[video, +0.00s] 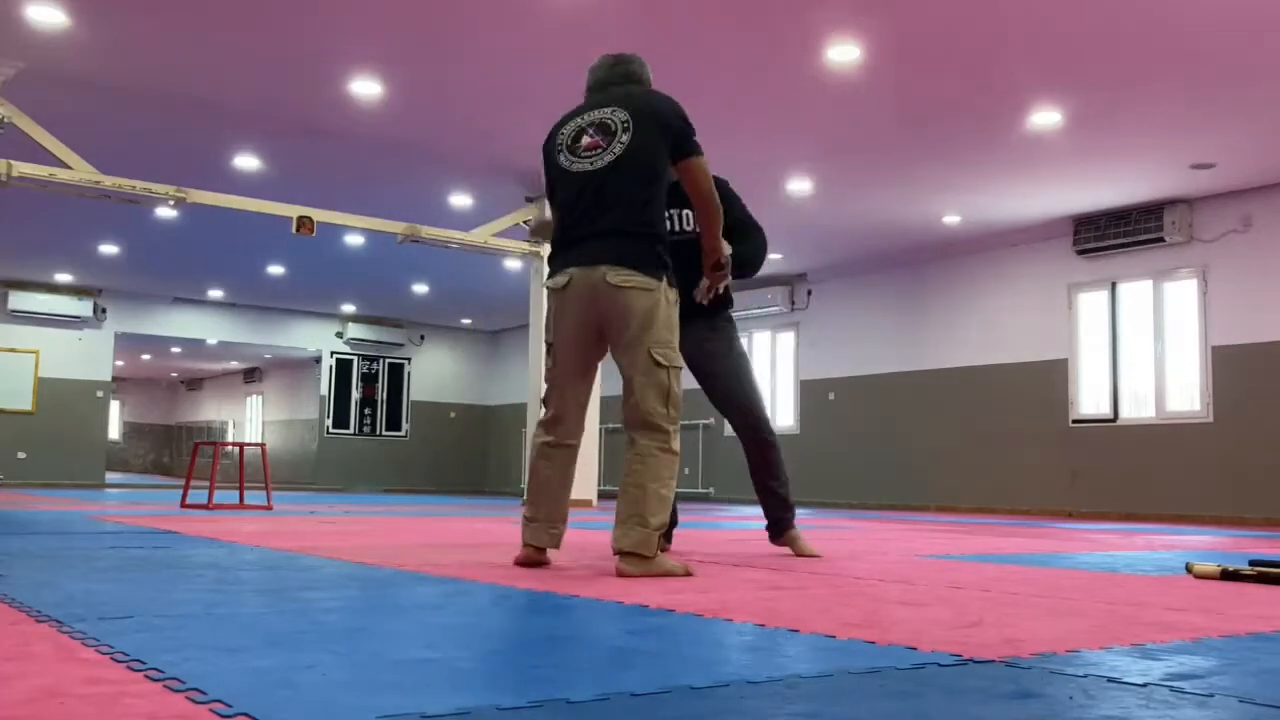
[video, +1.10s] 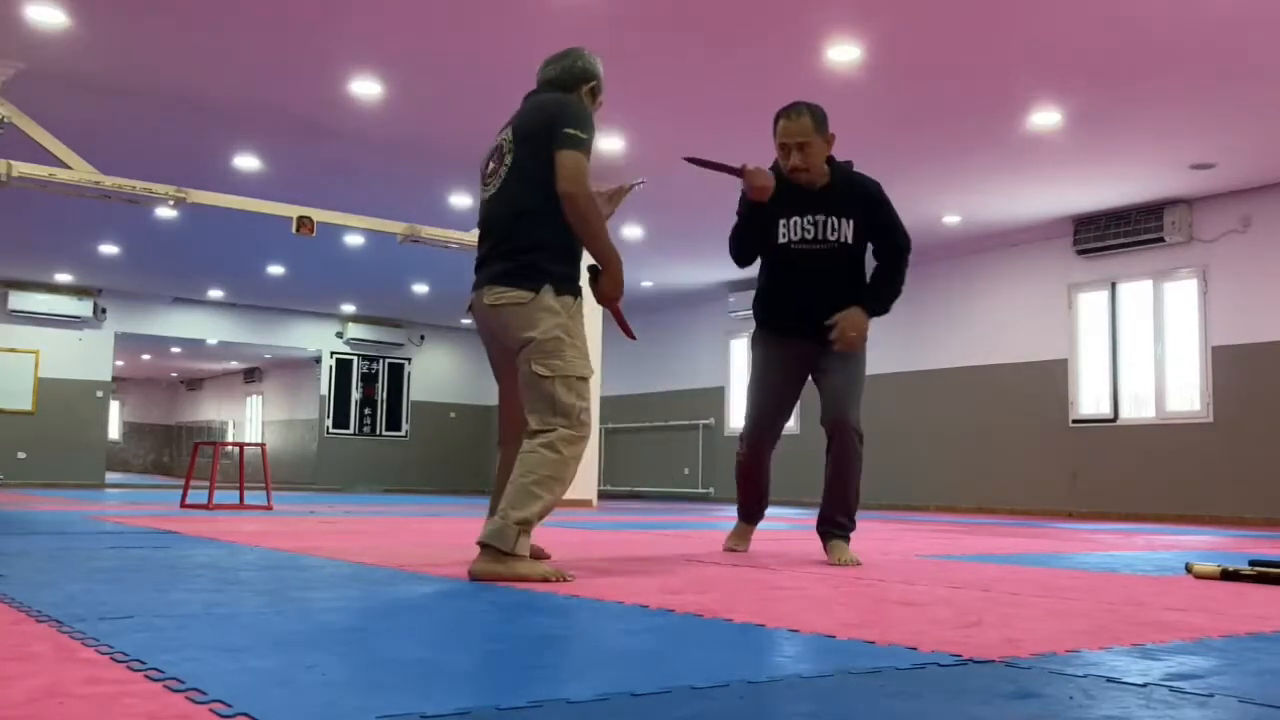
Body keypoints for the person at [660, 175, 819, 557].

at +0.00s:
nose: (669, 158)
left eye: (675, 149)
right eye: (661, 151)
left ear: (684, 151)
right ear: (645, 153)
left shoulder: (708, 189)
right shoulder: (630, 197)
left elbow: (753, 243)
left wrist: (723, 269)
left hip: (706, 318)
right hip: (649, 321)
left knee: (753, 422)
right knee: (651, 425)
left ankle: (783, 526)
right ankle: (656, 534)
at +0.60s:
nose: (705, 150)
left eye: (715, 140)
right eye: (696, 143)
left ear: (736, 142)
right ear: (686, 148)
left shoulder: (761, 186)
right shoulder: (674, 203)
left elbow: (772, 246)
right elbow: (656, 264)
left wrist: (740, 209)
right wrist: (652, 322)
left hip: (761, 334)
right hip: (700, 338)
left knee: (796, 424)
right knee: (667, 434)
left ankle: (834, 531)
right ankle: (661, 530)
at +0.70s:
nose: (724, 152)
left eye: (734, 140)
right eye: (715, 143)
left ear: (758, 137)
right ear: (707, 145)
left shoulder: (785, 177)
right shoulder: (714, 189)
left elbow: (771, 246)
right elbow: (710, 247)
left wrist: (706, 244)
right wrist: (697, 283)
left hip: (794, 327)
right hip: (736, 330)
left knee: (815, 422)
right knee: (701, 429)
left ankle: (840, 536)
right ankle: (673, 533)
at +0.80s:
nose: (749, 151)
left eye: (759, 139)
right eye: (740, 142)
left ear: (784, 136)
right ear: (733, 143)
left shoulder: (807, 184)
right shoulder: (744, 185)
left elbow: (763, 247)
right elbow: (763, 243)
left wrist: (688, 281)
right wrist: (736, 244)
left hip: (813, 323)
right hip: (756, 323)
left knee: (821, 419)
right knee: (728, 425)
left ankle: (841, 536)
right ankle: (741, 525)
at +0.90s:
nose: (769, 151)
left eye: (778, 140)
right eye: (760, 142)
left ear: (804, 136)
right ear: (752, 144)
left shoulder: (829, 186)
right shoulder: (749, 187)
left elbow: (801, 268)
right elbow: (744, 255)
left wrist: (731, 313)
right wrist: (737, 238)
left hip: (828, 323)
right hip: (772, 324)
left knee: (830, 419)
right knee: (751, 429)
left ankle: (842, 535)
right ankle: (778, 521)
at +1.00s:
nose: (783, 158)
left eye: (793, 146)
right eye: (773, 148)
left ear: (818, 141)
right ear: (764, 147)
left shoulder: (851, 193)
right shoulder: (753, 194)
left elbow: (856, 279)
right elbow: (730, 270)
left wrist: (792, 319)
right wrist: (753, 226)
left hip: (838, 327)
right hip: (777, 328)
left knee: (838, 422)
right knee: (758, 434)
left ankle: (839, 535)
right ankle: (765, 519)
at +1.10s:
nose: (793, 161)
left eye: (804, 149)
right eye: (785, 150)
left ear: (828, 144)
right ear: (774, 148)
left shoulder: (861, 192)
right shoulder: (766, 192)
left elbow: (896, 251)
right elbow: (742, 256)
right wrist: (756, 202)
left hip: (840, 332)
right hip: (779, 331)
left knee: (844, 427)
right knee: (758, 432)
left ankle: (837, 535)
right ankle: (747, 518)